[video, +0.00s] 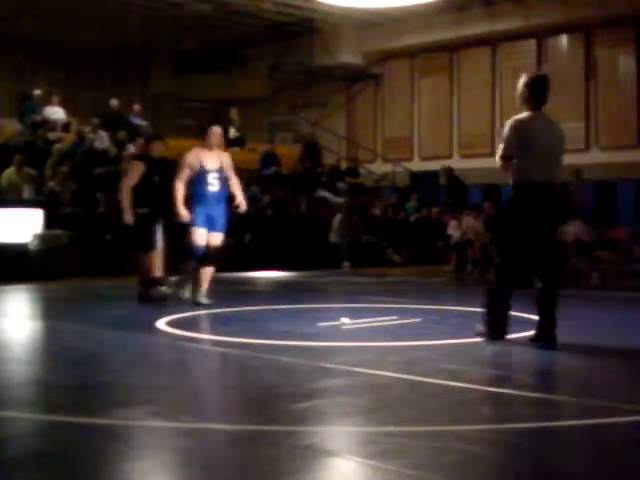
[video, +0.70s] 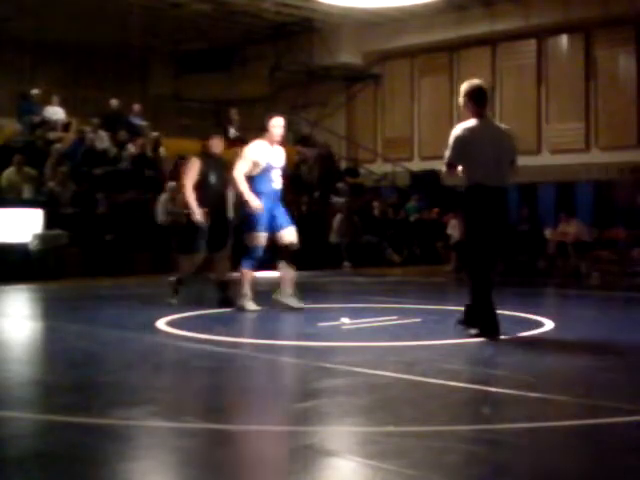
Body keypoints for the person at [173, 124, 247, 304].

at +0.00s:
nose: (216, 139)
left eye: (219, 135)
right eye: (213, 135)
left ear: (222, 138)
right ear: (206, 137)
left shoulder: (224, 157)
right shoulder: (194, 155)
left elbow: (232, 179)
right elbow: (181, 181)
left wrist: (239, 196)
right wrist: (180, 206)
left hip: (219, 206)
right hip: (199, 206)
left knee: (214, 249)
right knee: (198, 245)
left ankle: (203, 291)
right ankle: (189, 282)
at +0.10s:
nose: (224, 139)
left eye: (227, 136)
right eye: (222, 135)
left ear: (229, 137)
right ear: (214, 135)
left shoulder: (230, 155)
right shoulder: (200, 155)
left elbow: (238, 176)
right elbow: (184, 179)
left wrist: (246, 186)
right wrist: (183, 206)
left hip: (224, 203)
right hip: (206, 203)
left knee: (217, 245)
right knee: (213, 241)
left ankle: (204, 290)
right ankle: (201, 285)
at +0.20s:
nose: (231, 137)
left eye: (233, 133)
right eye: (228, 133)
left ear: (236, 136)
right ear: (220, 134)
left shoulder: (236, 156)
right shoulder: (207, 155)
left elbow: (246, 176)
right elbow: (190, 179)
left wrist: (256, 184)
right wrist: (188, 207)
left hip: (231, 204)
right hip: (213, 204)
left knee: (221, 244)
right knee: (221, 242)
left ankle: (207, 286)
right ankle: (222, 288)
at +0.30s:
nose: (239, 138)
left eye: (241, 134)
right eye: (235, 134)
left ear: (243, 136)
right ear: (227, 135)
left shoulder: (244, 159)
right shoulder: (215, 157)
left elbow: (256, 180)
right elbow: (198, 181)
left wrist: (267, 185)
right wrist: (198, 209)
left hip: (238, 206)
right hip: (221, 205)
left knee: (232, 247)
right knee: (233, 245)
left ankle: (209, 278)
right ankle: (238, 291)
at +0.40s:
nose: (246, 139)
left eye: (248, 135)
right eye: (243, 135)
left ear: (251, 137)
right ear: (235, 136)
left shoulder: (254, 158)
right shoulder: (223, 157)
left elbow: (264, 180)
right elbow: (208, 183)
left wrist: (276, 192)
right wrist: (211, 208)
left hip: (248, 205)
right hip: (231, 204)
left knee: (246, 246)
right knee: (243, 241)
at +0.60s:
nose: (267, 133)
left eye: (269, 129)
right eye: (263, 129)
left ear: (271, 132)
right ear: (255, 130)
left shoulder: (270, 153)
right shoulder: (243, 150)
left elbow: (274, 179)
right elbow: (229, 177)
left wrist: (278, 205)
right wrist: (238, 203)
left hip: (267, 201)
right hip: (250, 202)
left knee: (278, 241)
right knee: (253, 245)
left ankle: (253, 283)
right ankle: (245, 293)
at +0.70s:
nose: (279, 131)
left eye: (282, 128)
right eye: (276, 127)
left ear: (284, 131)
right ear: (268, 128)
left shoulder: (280, 151)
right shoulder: (255, 148)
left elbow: (275, 177)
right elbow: (238, 173)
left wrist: (277, 199)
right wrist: (250, 198)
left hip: (275, 202)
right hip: (259, 201)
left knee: (290, 240)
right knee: (257, 244)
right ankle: (245, 293)